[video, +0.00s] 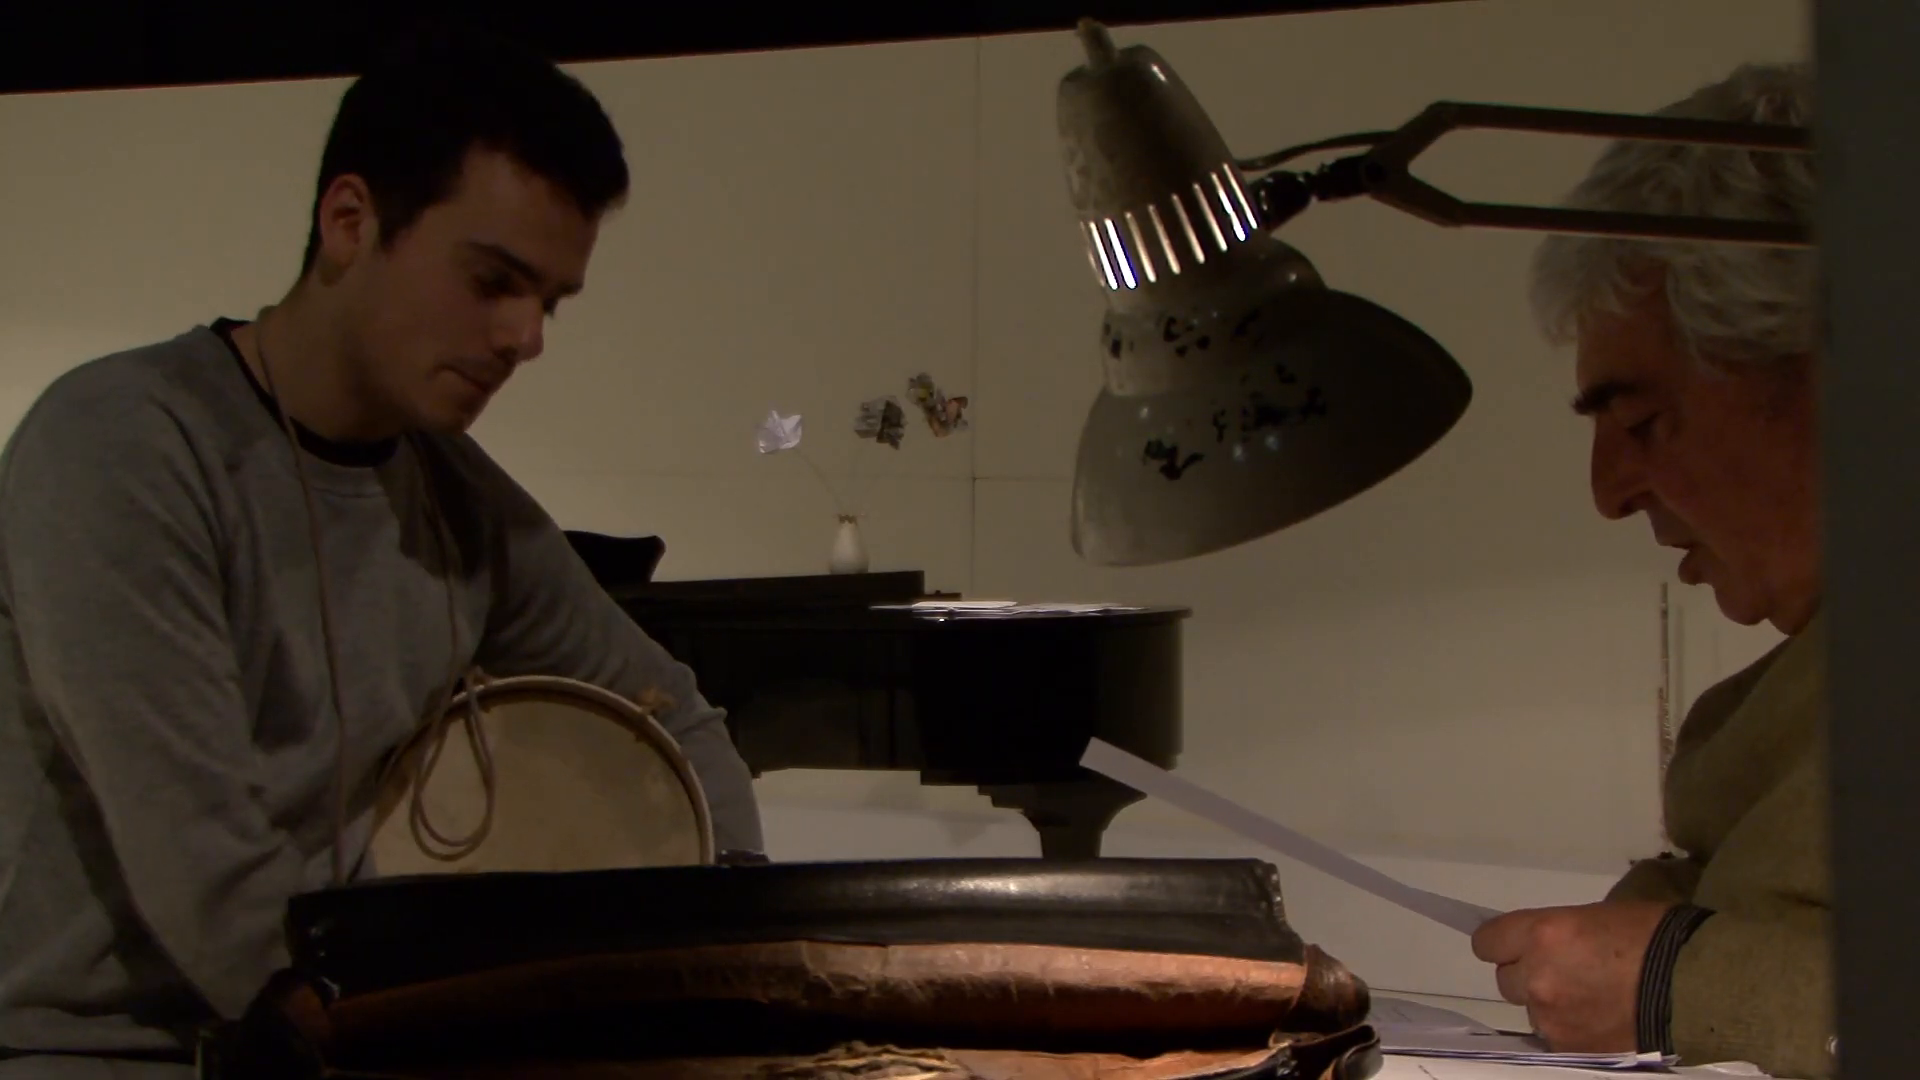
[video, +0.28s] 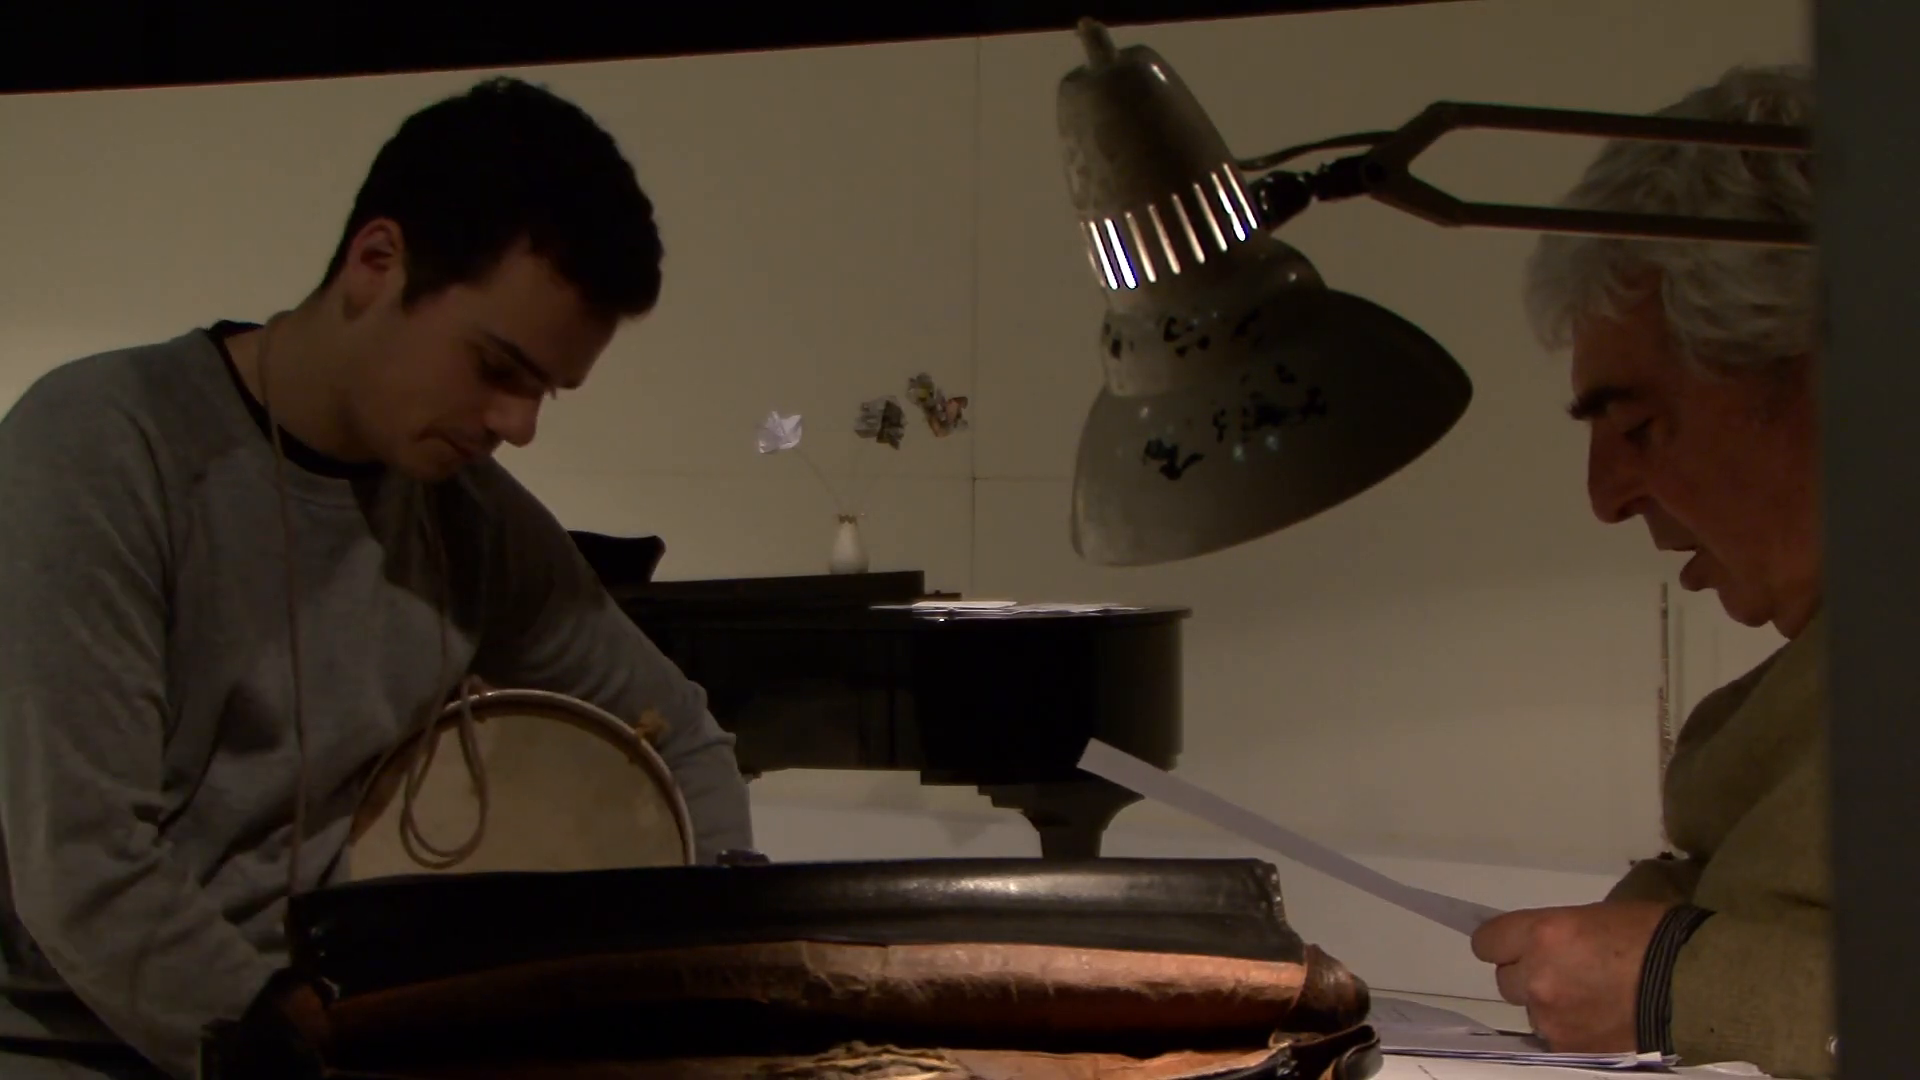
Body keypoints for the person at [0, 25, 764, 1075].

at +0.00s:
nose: (523, 338)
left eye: (549, 301)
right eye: (493, 279)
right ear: (349, 224)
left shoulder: (459, 494)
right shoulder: (110, 445)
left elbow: (669, 719)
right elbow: (222, 898)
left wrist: (724, 947)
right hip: (89, 1045)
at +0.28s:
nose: (517, 427)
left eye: (542, 394)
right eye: (499, 369)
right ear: (374, 265)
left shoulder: (478, 519)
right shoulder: (90, 444)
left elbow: (677, 735)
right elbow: (80, 872)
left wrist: (715, 953)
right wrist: (317, 1041)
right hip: (56, 1036)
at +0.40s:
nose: (520, 431)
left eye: (544, 397)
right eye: (502, 371)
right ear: (377, 268)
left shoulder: (467, 523)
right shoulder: (86, 442)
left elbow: (665, 745)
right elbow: (88, 872)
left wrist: (689, 966)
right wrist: (326, 1044)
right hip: (48, 1042)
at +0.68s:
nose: (477, 452)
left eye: (503, 417)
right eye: (465, 395)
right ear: (343, 281)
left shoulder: (414, 511)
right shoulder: (36, 450)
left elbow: (607, 736)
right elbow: (58, 867)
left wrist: (660, 949)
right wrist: (324, 1008)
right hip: (41, 1042)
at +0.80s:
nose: (409, 454)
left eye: (438, 420)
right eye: (393, 398)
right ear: (270, 283)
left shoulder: (385, 514)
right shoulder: (18, 450)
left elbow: (574, 736)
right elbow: (9, 859)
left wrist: (627, 960)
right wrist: (258, 1028)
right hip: (32, 1028)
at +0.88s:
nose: (354, 459)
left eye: (382, 423)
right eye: (333, 401)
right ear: (210, 287)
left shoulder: (346, 521)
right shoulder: (15, 468)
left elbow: (539, 730)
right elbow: (12, 932)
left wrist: (573, 972)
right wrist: (191, 1062)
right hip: (44, 1041)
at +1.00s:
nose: (262, 478)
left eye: (292, 439)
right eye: (235, 422)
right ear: (111, 307)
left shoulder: (282, 518)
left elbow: (469, 684)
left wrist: (543, 928)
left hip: (217, 1038)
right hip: (28, 1051)